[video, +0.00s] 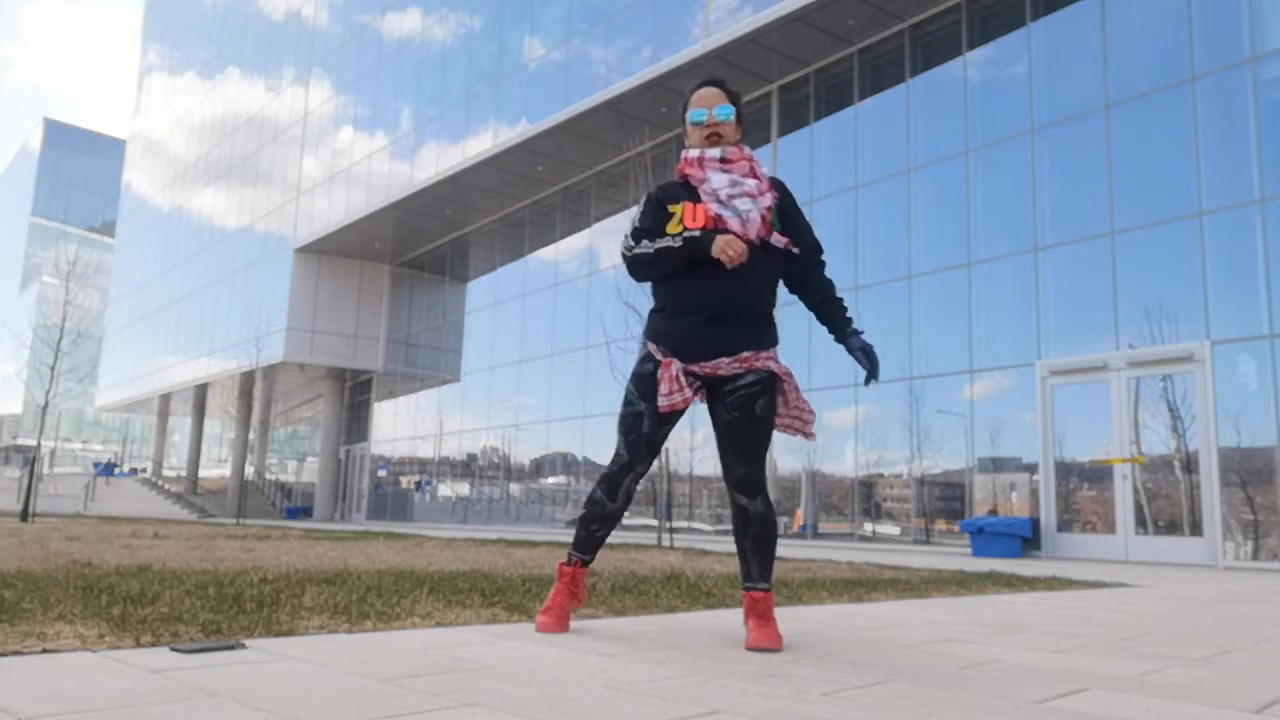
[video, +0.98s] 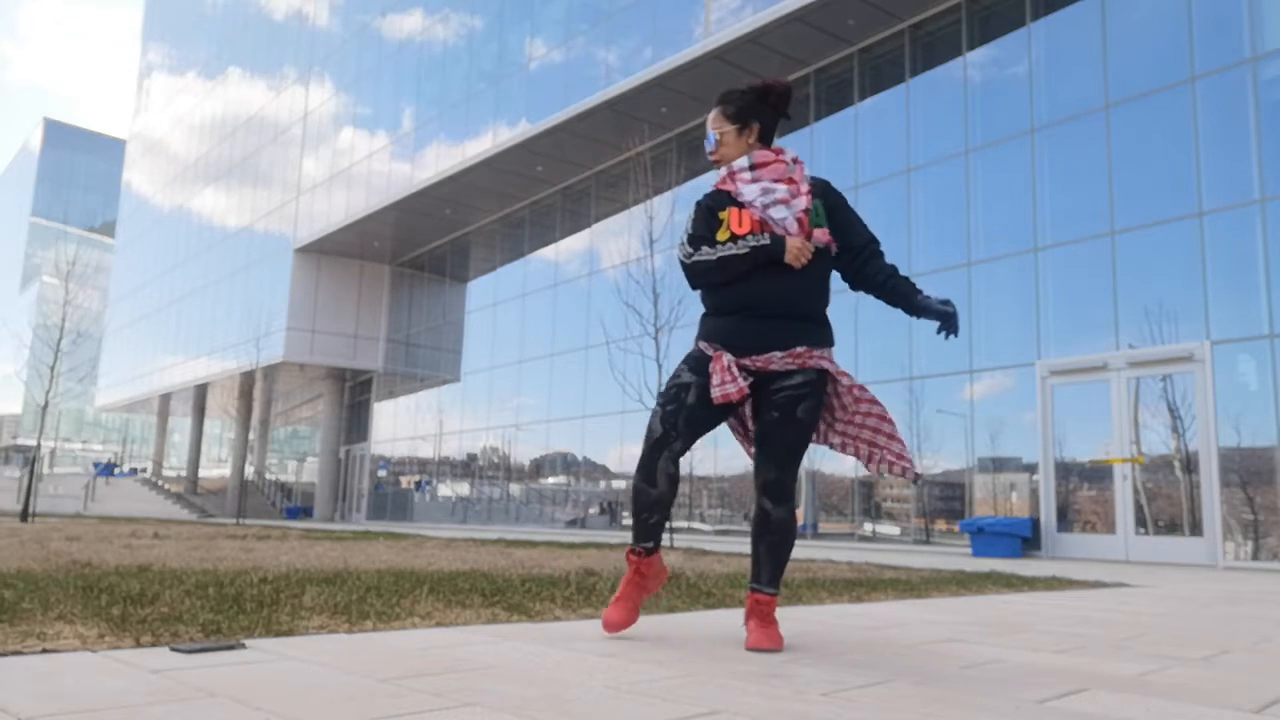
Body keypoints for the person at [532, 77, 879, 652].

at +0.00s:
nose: (711, 125)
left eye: (721, 115)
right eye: (699, 117)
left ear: (739, 124)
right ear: (685, 130)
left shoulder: (772, 198)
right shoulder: (668, 196)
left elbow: (808, 272)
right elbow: (636, 258)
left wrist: (847, 332)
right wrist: (702, 242)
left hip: (745, 362)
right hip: (668, 358)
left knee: (748, 483)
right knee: (628, 465)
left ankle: (759, 608)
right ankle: (570, 579)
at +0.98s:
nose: (710, 150)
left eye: (718, 138)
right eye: (709, 139)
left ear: (753, 134)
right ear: (737, 138)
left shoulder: (816, 199)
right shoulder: (716, 202)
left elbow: (865, 267)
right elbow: (696, 267)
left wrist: (920, 301)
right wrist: (773, 247)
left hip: (795, 360)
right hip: (720, 356)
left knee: (775, 485)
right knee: (661, 438)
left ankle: (761, 609)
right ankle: (643, 564)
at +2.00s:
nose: (734, 137)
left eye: (746, 125)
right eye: (725, 131)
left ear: (775, 131)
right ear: (721, 141)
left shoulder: (815, 203)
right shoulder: (711, 206)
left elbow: (857, 269)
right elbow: (687, 275)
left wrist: (924, 271)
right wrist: (650, 263)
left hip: (805, 359)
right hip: (730, 355)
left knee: (786, 490)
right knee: (764, 449)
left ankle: (762, 608)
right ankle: (703, 565)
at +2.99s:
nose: (760, 130)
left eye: (771, 120)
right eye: (747, 122)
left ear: (789, 129)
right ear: (732, 134)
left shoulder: (819, 196)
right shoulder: (717, 201)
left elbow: (857, 263)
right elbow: (686, 274)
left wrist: (901, 295)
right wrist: (652, 235)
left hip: (801, 351)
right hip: (726, 348)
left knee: (779, 483)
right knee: (700, 448)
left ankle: (762, 607)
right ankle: (690, 571)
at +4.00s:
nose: (738, 128)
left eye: (749, 119)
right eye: (726, 118)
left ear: (761, 129)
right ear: (704, 126)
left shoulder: (778, 200)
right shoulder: (674, 197)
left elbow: (808, 263)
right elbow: (635, 259)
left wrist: (836, 294)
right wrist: (618, 210)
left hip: (756, 356)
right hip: (682, 358)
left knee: (758, 480)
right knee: (677, 480)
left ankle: (762, 606)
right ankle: (668, 598)